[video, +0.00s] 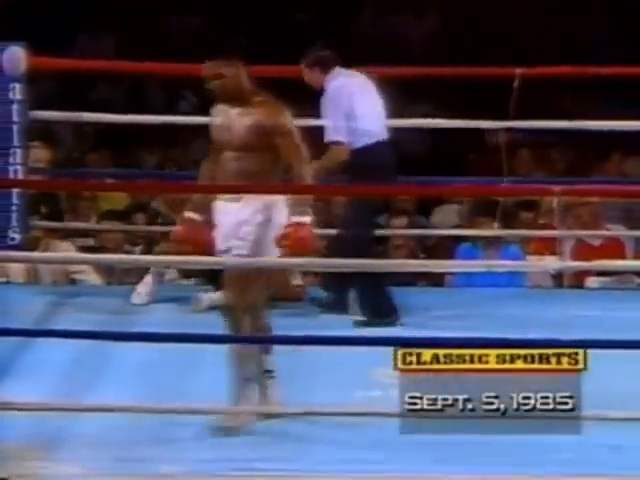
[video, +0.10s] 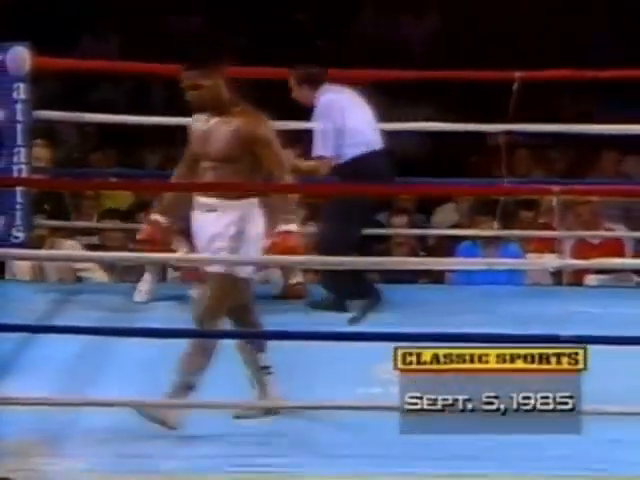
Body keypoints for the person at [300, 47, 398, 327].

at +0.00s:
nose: (307, 82)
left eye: (307, 76)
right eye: (305, 76)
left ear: (317, 70)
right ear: (331, 65)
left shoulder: (333, 91)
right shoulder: (361, 79)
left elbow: (341, 149)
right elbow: (377, 123)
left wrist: (316, 169)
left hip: (364, 155)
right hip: (384, 149)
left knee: (358, 230)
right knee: (355, 225)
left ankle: (381, 309)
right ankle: (336, 292)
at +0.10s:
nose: (293, 96)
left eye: (294, 89)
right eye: (292, 89)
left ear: (305, 87)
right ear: (317, 83)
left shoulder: (325, 104)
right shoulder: (345, 95)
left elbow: (323, 164)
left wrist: (293, 164)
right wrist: (299, 159)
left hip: (357, 167)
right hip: (376, 161)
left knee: (332, 236)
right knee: (341, 231)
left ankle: (364, 294)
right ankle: (339, 294)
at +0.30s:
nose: (287, 117)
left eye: (287, 110)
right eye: (285, 111)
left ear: (299, 105)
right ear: (307, 102)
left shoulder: (316, 123)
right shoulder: (339, 110)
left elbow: (314, 177)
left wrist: (282, 171)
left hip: (355, 180)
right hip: (378, 174)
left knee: (324, 242)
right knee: (336, 239)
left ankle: (319, 310)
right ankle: (342, 297)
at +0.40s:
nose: (289, 121)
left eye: (289, 115)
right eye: (286, 115)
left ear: (299, 110)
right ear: (310, 104)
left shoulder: (316, 127)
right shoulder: (340, 113)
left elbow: (314, 179)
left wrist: (285, 176)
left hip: (357, 183)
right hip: (380, 177)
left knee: (325, 240)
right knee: (338, 236)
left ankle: (321, 309)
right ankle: (348, 292)